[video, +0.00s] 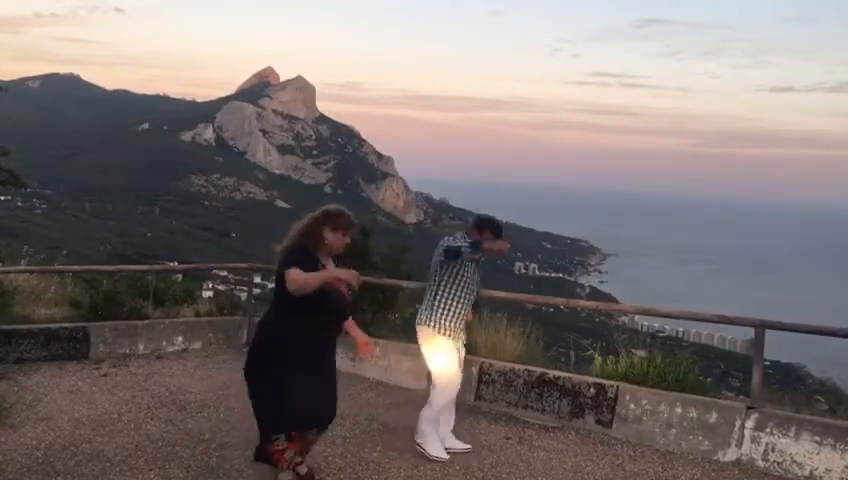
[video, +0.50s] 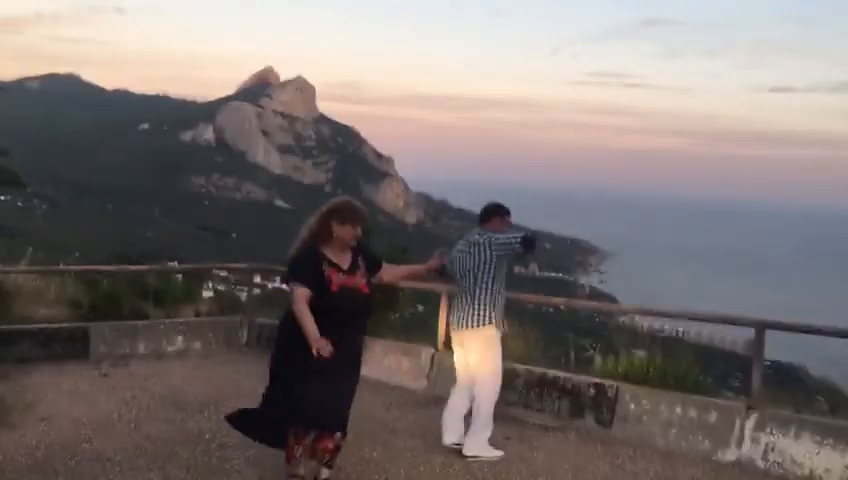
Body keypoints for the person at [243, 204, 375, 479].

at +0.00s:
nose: (346, 242)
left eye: (348, 237)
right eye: (343, 235)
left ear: (330, 234)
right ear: (326, 230)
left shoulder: (329, 266)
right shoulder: (298, 253)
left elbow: (335, 309)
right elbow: (294, 284)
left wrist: (358, 335)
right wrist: (332, 274)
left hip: (316, 352)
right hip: (283, 350)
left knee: (322, 412)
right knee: (290, 412)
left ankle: (295, 460)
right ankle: (285, 468)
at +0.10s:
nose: (346, 243)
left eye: (347, 237)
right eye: (342, 236)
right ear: (323, 233)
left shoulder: (334, 266)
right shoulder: (297, 257)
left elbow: (348, 305)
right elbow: (290, 286)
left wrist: (376, 329)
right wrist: (337, 282)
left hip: (322, 351)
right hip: (287, 350)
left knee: (331, 413)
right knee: (290, 407)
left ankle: (307, 456)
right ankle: (283, 458)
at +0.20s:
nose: (346, 237)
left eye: (349, 232)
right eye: (341, 230)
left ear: (352, 235)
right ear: (325, 228)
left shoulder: (346, 264)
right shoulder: (301, 254)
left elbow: (361, 293)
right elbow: (293, 290)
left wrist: (397, 310)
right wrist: (339, 297)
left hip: (327, 347)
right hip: (289, 347)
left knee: (332, 411)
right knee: (290, 411)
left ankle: (313, 458)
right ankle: (284, 466)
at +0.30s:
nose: (347, 233)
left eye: (351, 228)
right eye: (341, 226)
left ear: (355, 231)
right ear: (327, 224)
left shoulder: (352, 263)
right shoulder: (304, 252)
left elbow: (379, 284)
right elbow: (295, 294)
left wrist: (425, 287)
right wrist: (331, 316)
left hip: (333, 348)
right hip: (296, 345)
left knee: (328, 408)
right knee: (294, 407)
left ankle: (320, 467)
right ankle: (287, 467)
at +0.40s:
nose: (353, 232)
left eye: (355, 227)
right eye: (347, 225)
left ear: (356, 230)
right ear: (330, 225)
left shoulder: (357, 257)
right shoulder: (308, 255)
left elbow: (379, 277)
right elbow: (298, 303)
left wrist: (422, 273)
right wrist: (326, 333)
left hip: (341, 341)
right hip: (303, 338)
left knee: (330, 402)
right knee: (301, 399)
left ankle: (321, 463)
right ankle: (295, 464)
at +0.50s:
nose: (357, 232)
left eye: (359, 227)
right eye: (352, 226)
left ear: (356, 230)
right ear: (333, 226)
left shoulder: (360, 258)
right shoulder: (308, 257)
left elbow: (390, 273)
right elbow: (299, 301)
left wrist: (428, 266)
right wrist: (315, 338)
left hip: (346, 347)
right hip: (307, 345)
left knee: (336, 410)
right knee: (303, 407)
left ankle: (323, 468)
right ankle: (297, 468)